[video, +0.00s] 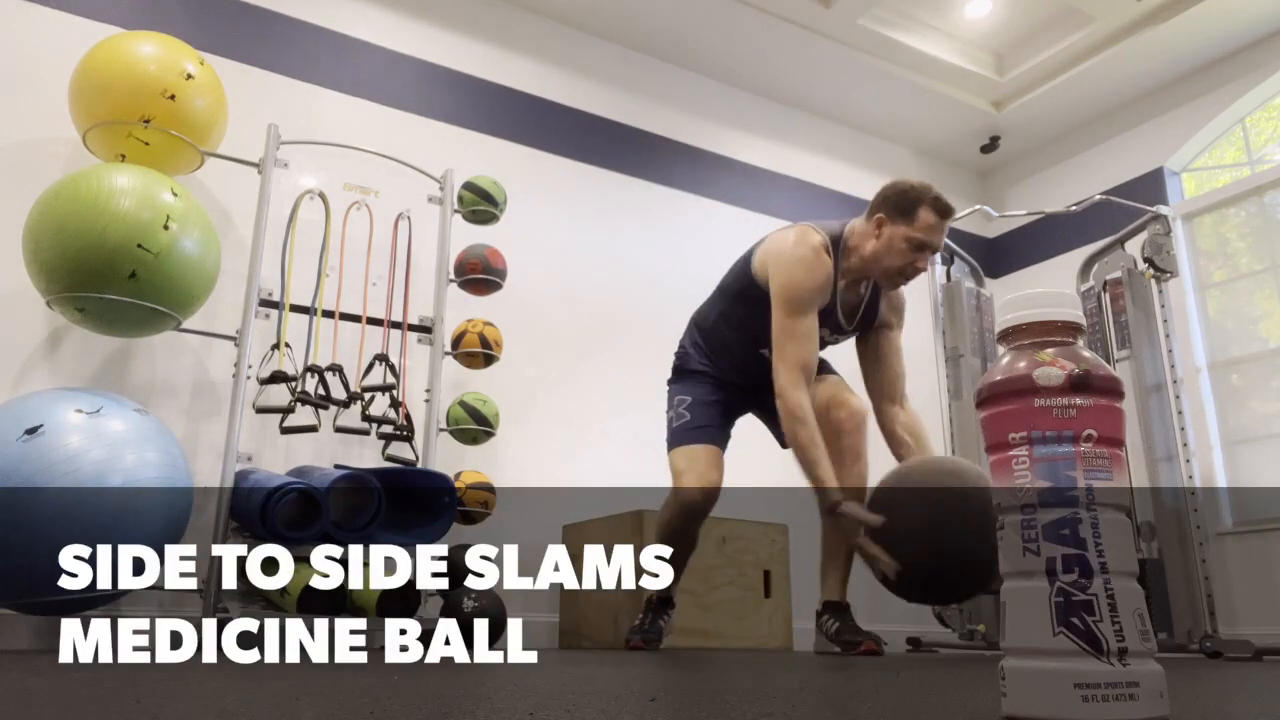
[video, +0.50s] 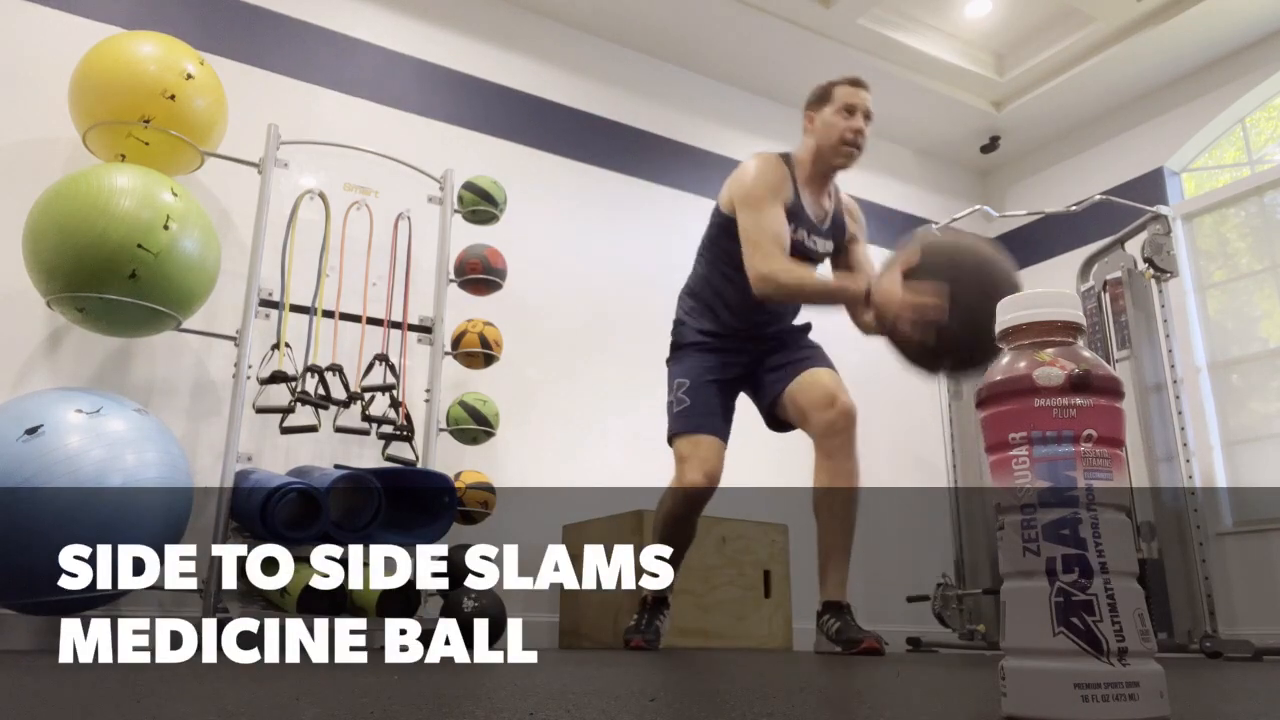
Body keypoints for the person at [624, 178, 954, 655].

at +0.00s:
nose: (923, 265)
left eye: (931, 254)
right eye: (917, 247)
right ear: (876, 227)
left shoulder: (886, 299)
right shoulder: (802, 257)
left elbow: (894, 405)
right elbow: (791, 390)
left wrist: (937, 492)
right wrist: (831, 496)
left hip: (787, 369)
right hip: (712, 363)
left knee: (848, 417)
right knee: (698, 488)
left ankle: (833, 613)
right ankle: (657, 601)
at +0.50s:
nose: (859, 126)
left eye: (866, 119)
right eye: (848, 112)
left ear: (867, 135)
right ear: (811, 119)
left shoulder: (846, 213)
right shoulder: (761, 174)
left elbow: (863, 314)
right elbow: (767, 276)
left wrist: (912, 315)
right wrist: (868, 288)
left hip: (777, 338)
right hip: (709, 335)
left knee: (837, 416)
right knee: (698, 476)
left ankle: (834, 612)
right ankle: (654, 600)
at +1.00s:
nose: (737, 72)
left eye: (750, 62)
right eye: (731, 68)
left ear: (782, 72)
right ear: (728, 84)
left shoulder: (815, 116)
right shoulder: (720, 135)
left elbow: (826, 33)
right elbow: (654, 72)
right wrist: (679, 2)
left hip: (794, 284)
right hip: (723, 292)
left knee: (802, 407)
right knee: (683, 433)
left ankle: (840, 603)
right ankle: (687, 599)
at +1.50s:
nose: (635, 238)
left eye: (636, 226)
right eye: (633, 232)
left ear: (652, 205)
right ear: (657, 221)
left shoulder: (679, 203)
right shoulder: (703, 265)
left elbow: (602, 285)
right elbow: (672, 340)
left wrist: (551, 279)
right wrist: (627, 304)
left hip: (803, 322)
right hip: (778, 337)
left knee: (712, 448)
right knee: (687, 449)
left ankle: (860, 575)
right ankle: (715, 612)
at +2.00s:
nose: (601, 374)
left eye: (596, 359)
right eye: (594, 365)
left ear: (612, 336)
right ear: (618, 336)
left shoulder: (636, 338)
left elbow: (634, 463)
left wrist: (605, 540)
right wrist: (675, 555)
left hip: (811, 363)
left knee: (700, 487)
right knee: (680, 448)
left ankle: (851, 605)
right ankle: (714, 613)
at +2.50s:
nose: (670, 159)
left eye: (680, 147)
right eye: (672, 150)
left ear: (715, 145)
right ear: (707, 149)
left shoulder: (731, 169)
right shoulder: (726, 243)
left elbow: (632, 222)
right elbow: (697, 328)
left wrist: (590, 216)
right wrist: (628, 299)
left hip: (790, 334)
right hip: (759, 344)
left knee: (709, 477)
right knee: (661, 452)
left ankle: (851, 608)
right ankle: (714, 612)